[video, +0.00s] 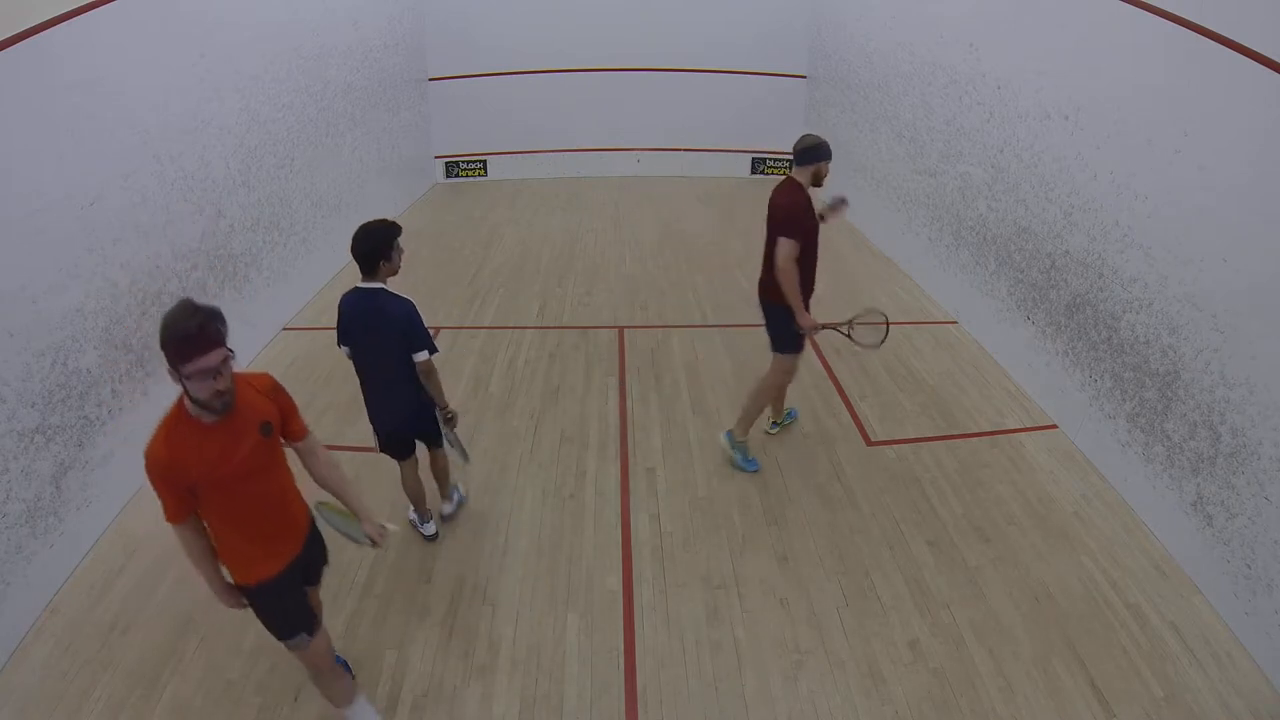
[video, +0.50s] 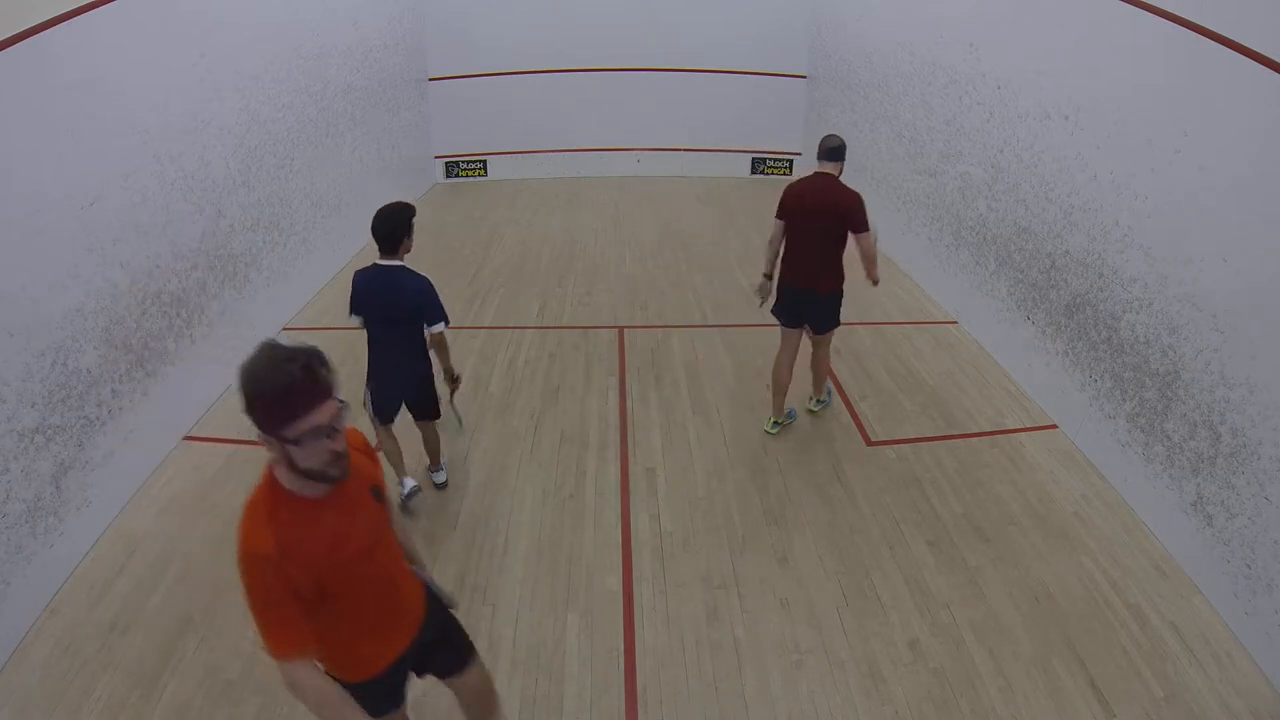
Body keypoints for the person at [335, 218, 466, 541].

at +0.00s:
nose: (402, 256)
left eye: (400, 249)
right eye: (398, 251)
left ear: (363, 261)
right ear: (385, 261)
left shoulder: (348, 303)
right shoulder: (401, 308)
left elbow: (350, 353)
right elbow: (425, 367)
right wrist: (443, 405)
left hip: (380, 405)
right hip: (414, 399)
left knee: (406, 462)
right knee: (435, 448)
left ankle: (425, 521)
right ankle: (448, 499)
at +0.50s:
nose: (413, 240)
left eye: (411, 234)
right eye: (411, 235)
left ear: (377, 239)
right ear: (405, 241)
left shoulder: (362, 278)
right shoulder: (419, 284)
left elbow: (362, 321)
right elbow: (436, 337)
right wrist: (448, 369)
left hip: (382, 372)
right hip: (416, 370)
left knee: (382, 426)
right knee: (426, 423)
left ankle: (405, 480)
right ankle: (437, 471)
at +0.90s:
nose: (400, 233)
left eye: (397, 228)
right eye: (399, 229)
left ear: (366, 237)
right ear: (395, 236)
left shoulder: (354, 274)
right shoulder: (408, 275)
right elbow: (458, 290)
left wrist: (392, 261)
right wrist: (448, 302)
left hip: (380, 369)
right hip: (415, 364)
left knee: (381, 427)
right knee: (425, 420)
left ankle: (386, 485)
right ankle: (438, 471)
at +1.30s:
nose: (390, 227)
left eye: (388, 223)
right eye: (388, 224)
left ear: (356, 234)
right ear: (384, 230)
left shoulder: (352, 278)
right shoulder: (404, 269)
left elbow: (328, 317)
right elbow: (436, 313)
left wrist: (342, 277)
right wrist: (439, 337)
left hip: (376, 368)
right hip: (410, 361)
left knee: (380, 426)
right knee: (421, 418)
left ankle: (387, 485)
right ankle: (437, 469)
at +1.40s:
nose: (389, 226)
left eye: (387, 222)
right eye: (388, 223)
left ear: (354, 233)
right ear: (384, 229)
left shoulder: (349, 275)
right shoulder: (403, 268)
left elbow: (325, 315)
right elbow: (428, 319)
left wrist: (328, 274)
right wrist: (433, 348)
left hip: (376, 366)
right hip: (408, 359)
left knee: (381, 427)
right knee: (420, 417)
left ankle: (387, 486)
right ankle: (436, 468)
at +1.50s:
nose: (389, 226)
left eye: (387, 221)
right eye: (387, 222)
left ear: (354, 233)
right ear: (383, 229)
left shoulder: (347, 280)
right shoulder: (402, 268)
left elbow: (325, 319)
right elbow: (423, 320)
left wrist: (326, 286)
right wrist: (429, 350)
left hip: (374, 370)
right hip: (408, 362)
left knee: (380, 428)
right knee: (420, 417)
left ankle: (387, 486)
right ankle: (436, 468)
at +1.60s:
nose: (388, 226)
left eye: (386, 222)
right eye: (387, 223)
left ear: (354, 233)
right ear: (382, 230)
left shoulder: (347, 278)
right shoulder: (400, 270)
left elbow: (330, 325)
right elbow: (422, 321)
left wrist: (347, 302)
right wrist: (428, 347)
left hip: (372, 370)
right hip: (406, 362)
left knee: (379, 427)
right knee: (419, 416)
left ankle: (387, 485)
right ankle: (436, 468)